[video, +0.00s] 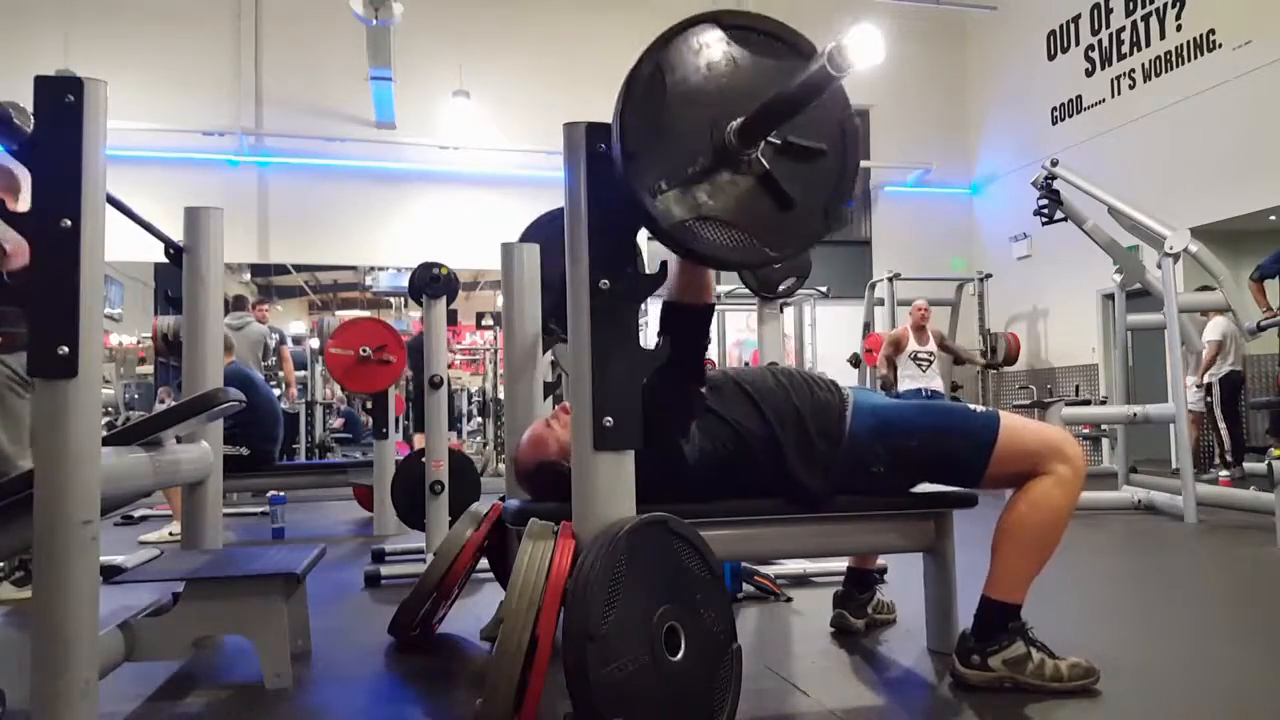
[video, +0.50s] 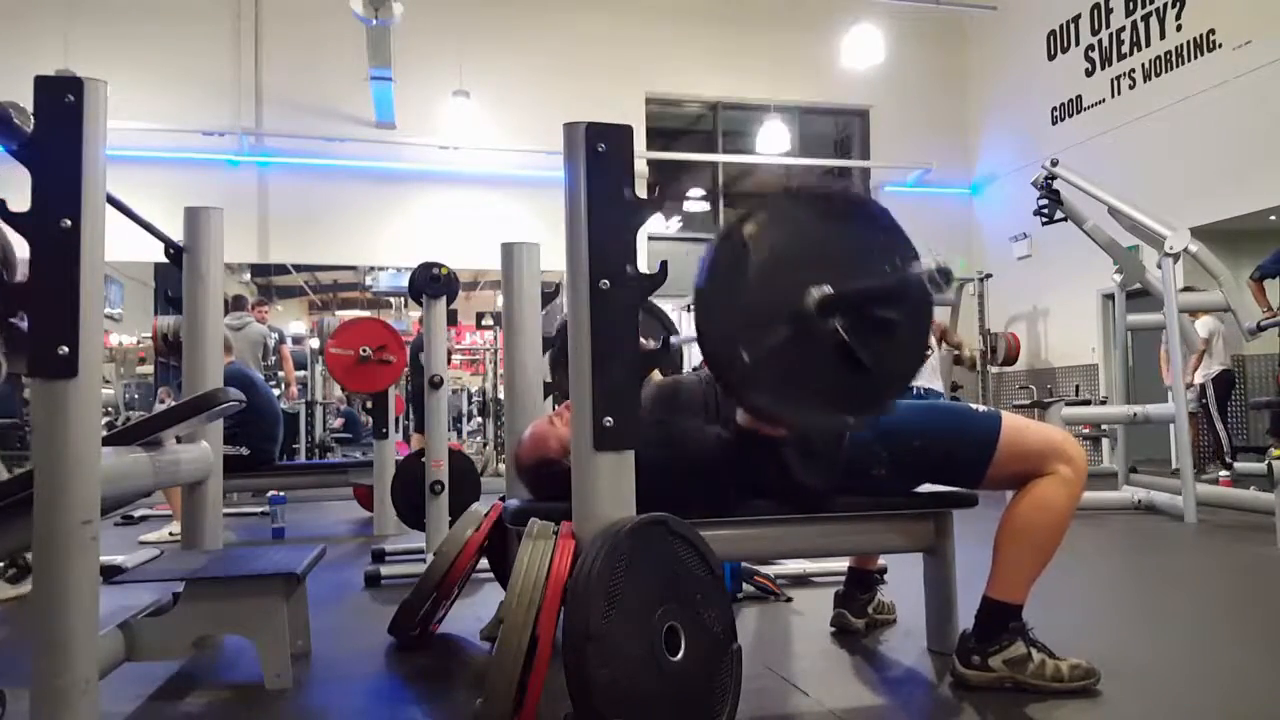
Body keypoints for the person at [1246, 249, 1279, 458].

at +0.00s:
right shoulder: (1278, 256)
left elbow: (1255, 279)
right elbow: (1255, 279)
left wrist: (1267, 309)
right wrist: (1267, 309)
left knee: (1277, 390)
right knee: (1278, 390)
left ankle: (1275, 440)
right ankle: (1275, 441)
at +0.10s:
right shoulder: (1278, 255)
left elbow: (1254, 279)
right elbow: (1254, 279)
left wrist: (1267, 309)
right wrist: (1267, 309)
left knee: (1277, 391)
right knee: (1277, 391)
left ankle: (1275, 441)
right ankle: (1275, 442)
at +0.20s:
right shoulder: (1278, 255)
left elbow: (1254, 279)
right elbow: (1254, 279)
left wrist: (1267, 309)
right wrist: (1267, 309)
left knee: (1278, 391)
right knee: (1278, 391)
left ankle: (1275, 441)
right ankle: (1275, 441)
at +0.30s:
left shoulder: (1277, 255)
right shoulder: (1278, 255)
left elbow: (1254, 279)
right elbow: (1254, 279)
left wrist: (1267, 310)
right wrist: (1267, 309)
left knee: (1277, 392)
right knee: (1278, 392)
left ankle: (1275, 441)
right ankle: (1275, 442)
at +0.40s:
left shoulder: (1277, 255)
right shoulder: (1278, 255)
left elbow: (1254, 279)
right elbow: (1254, 279)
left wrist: (1268, 310)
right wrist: (1267, 310)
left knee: (1277, 392)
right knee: (1278, 391)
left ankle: (1275, 441)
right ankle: (1275, 442)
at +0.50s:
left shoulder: (1277, 255)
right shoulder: (1278, 255)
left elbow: (1254, 279)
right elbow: (1255, 279)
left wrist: (1268, 309)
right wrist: (1267, 309)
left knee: (1277, 393)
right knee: (1278, 393)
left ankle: (1275, 442)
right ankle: (1275, 442)